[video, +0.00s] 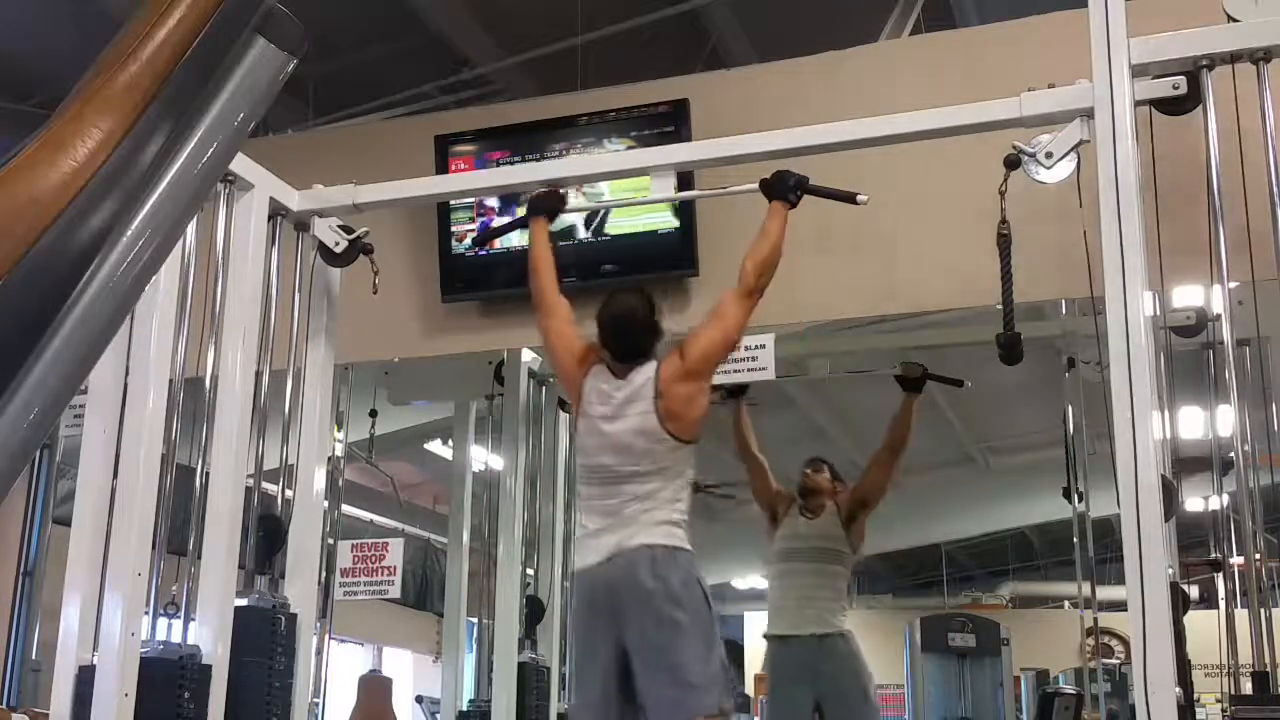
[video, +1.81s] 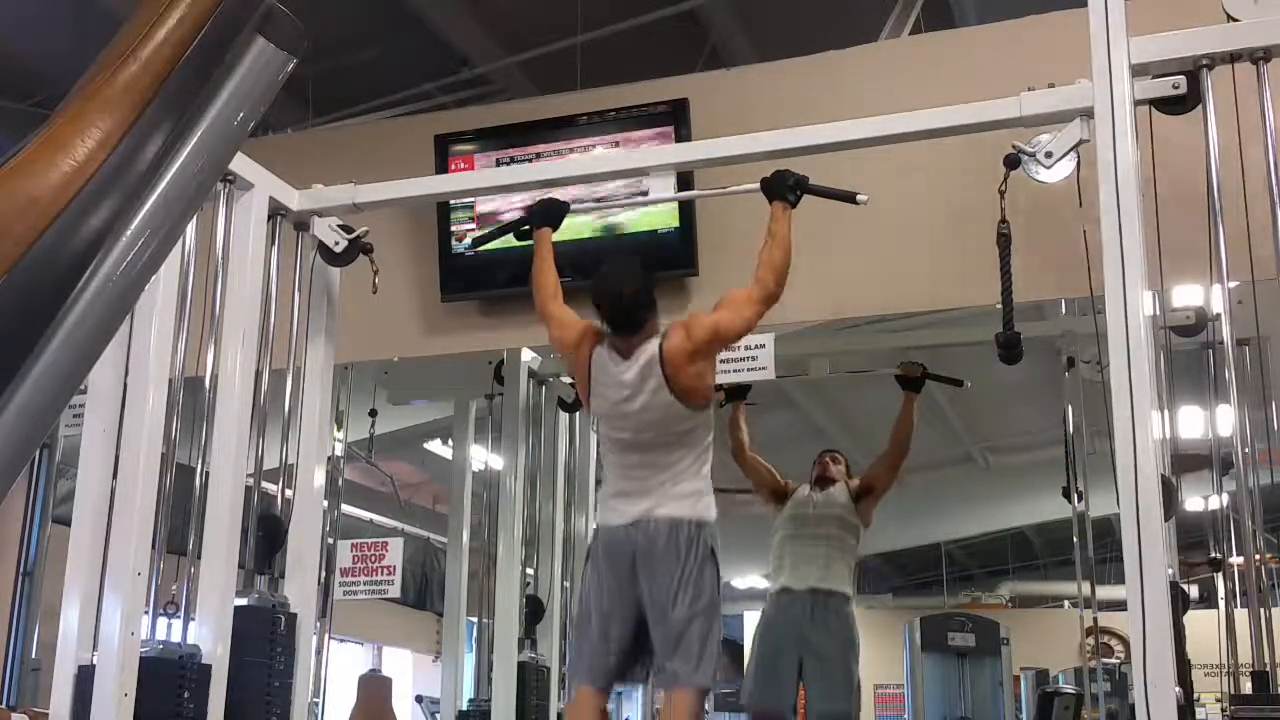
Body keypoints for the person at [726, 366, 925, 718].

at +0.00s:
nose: (809, 471)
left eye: (818, 469)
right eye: (806, 470)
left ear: (836, 485)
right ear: (798, 483)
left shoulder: (849, 510)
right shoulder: (781, 509)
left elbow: (890, 452)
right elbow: (750, 455)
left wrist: (911, 395)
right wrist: (738, 401)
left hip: (835, 647)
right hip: (784, 649)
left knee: (862, 714)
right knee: (783, 715)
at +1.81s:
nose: (825, 462)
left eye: (835, 461)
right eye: (819, 460)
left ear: (847, 475)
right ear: (810, 473)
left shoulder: (858, 497)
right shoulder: (785, 495)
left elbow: (896, 453)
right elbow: (743, 453)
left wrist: (910, 396)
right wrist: (737, 402)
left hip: (833, 611)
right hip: (781, 609)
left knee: (835, 710)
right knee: (765, 708)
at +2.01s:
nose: (830, 419)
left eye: (837, 417)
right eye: (824, 417)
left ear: (851, 432)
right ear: (815, 433)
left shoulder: (859, 457)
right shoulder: (791, 459)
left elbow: (903, 448)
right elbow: (737, 453)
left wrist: (912, 394)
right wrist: (735, 404)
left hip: (836, 563)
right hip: (786, 562)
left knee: (834, 668)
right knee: (767, 667)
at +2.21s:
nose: (826, 378)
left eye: (834, 375)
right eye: (820, 376)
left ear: (847, 388)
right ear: (813, 389)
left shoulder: (862, 413)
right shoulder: (789, 417)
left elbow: (904, 446)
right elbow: (745, 449)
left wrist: (913, 395)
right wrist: (734, 405)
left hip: (840, 516)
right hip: (791, 516)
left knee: (835, 618)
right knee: (780, 614)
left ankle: (822, 709)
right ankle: (794, 710)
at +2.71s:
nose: (834, 422)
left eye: (842, 420)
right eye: (829, 419)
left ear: (853, 434)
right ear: (818, 433)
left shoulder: (861, 463)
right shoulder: (795, 463)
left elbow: (906, 448)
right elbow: (744, 453)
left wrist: (912, 395)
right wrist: (736, 404)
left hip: (841, 564)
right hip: (794, 565)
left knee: (842, 667)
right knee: (794, 667)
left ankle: (838, 714)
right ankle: (817, 715)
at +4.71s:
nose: (827, 371)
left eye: (834, 368)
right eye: (820, 368)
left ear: (846, 384)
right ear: (810, 383)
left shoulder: (863, 413)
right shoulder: (789, 414)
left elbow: (906, 445)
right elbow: (744, 451)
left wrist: (913, 393)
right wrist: (737, 403)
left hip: (843, 513)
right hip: (796, 515)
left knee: (842, 622)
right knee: (789, 619)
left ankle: (828, 712)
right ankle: (825, 711)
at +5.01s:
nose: (828, 414)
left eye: (835, 409)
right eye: (822, 410)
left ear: (848, 421)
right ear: (814, 420)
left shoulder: (860, 452)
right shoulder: (792, 453)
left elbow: (912, 446)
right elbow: (742, 455)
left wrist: (912, 393)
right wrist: (734, 404)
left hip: (842, 561)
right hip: (794, 563)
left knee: (850, 668)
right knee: (794, 666)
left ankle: (845, 716)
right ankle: (824, 716)